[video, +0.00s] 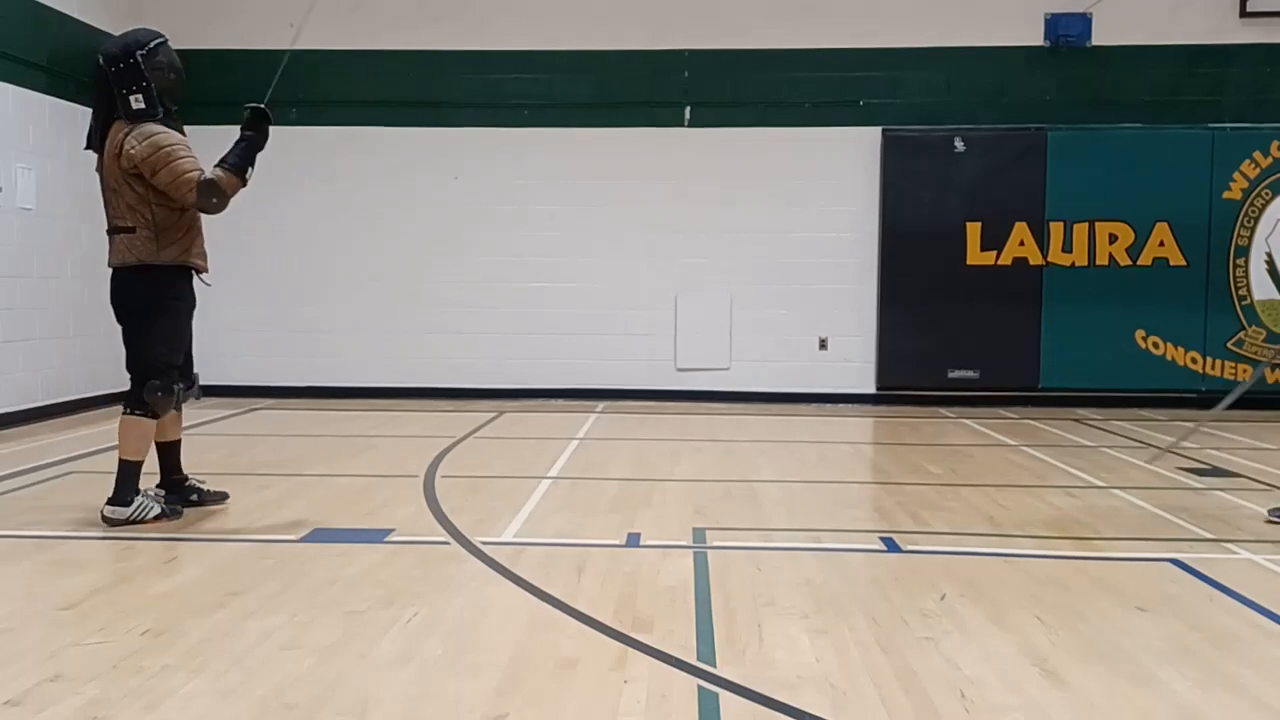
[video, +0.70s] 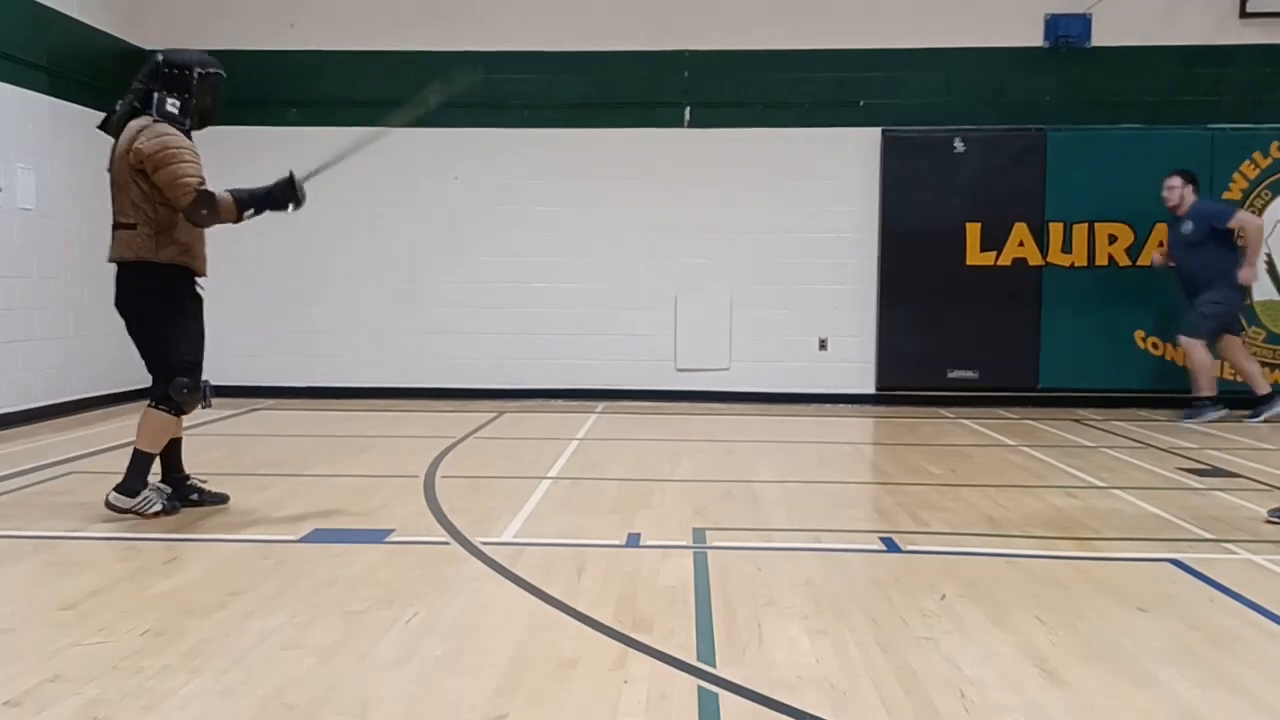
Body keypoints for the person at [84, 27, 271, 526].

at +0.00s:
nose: (177, 74)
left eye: (172, 63)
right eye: (166, 66)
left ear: (124, 82)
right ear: (143, 78)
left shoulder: (120, 136)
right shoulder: (150, 139)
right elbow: (211, 195)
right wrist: (250, 141)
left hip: (148, 278)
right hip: (156, 280)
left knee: (170, 383)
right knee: (150, 385)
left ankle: (174, 483)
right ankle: (124, 498)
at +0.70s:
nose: (211, 102)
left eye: (212, 92)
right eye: (206, 92)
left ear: (164, 87)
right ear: (182, 90)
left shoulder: (139, 133)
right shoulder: (163, 138)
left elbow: (190, 206)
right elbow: (200, 207)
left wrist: (255, 200)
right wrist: (265, 197)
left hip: (145, 280)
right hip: (161, 282)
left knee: (172, 381)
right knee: (179, 385)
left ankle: (174, 481)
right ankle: (131, 487)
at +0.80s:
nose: (208, 117)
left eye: (211, 107)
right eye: (207, 105)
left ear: (166, 92)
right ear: (186, 98)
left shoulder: (127, 133)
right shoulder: (164, 137)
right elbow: (192, 213)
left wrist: (230, 225)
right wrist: (256, 226)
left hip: (126, 278)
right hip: (152, 280)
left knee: (161, 383)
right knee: (168, 386)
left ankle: (175, 482)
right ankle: (126, 492)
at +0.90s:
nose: (207, 123)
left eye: (211, 114)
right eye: (207, 112)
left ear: (164, 93)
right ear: (188, 101)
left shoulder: (110, 136)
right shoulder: (169, 140)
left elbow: (92, 205)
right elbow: (186, 215)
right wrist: (242, 259)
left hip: (103, 276)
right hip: (139, 279)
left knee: (147, 381)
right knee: (149, 384)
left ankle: (167, 479)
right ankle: (124, 494)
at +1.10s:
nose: (198, 131)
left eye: (201, 123)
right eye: (199, 121)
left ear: (148, 98)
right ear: (185, 112)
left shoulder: (91, 135)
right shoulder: (171, 146)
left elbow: (62, 209)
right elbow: (170, 222)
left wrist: (70, 263)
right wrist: (190, 280)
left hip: (74, 269)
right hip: (122, 276)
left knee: (92, 371)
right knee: (140, 379)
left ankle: (93, 476)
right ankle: (124, 491)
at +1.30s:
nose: (175, 130)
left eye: (177, 122)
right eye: (175, 120)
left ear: (124, 97)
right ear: (162, 114)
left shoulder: (67, 138)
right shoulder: (153, 152)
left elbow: (36, 212)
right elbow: (160, 232)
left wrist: (42, 270)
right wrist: (168, 287)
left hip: (52, 279)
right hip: (108, 286)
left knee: (36, 372)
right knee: (140, 384)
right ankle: (125, 493)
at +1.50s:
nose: (132, 135)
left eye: (132, 125)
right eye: (131, 125)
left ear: (73, 110)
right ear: (119, 123)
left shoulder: (23, 155)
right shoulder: (113, 164)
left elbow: (1, 221)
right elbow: (130, 240)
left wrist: (12, 270)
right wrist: (147, 293)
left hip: (21, 307)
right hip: (78, 309)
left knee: (1, 383)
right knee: (141, 388)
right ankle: (126, 492)